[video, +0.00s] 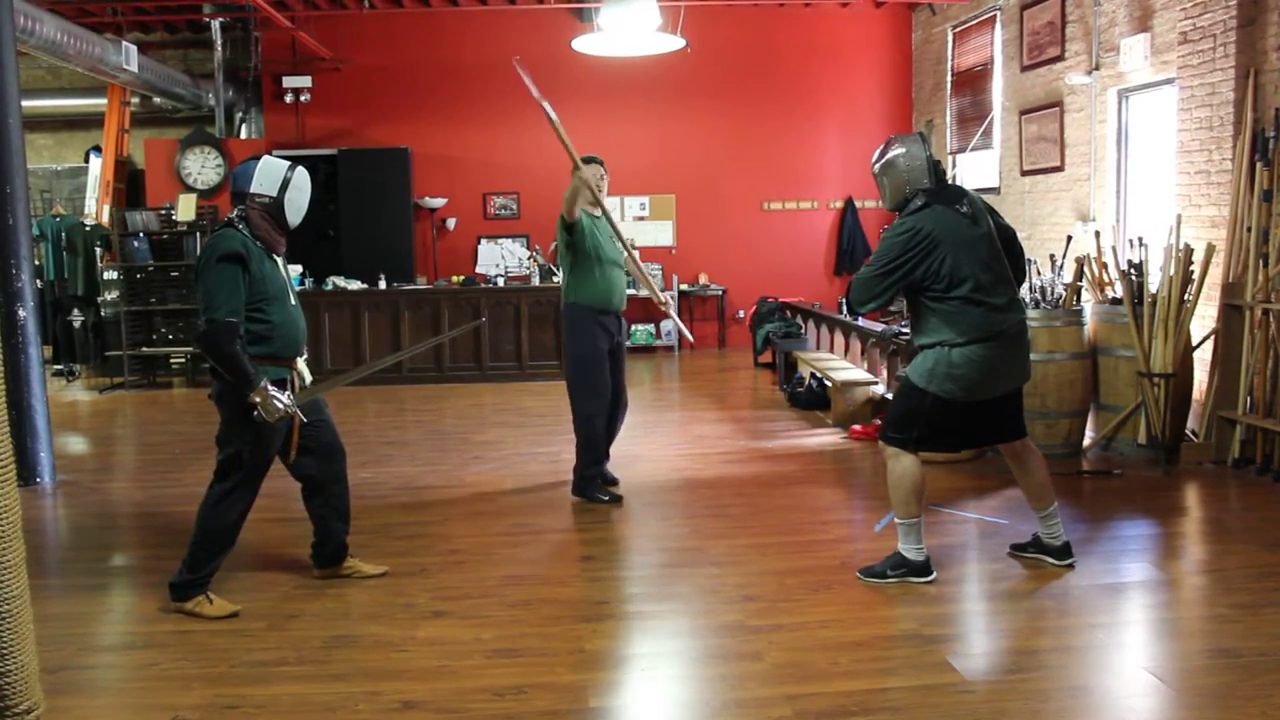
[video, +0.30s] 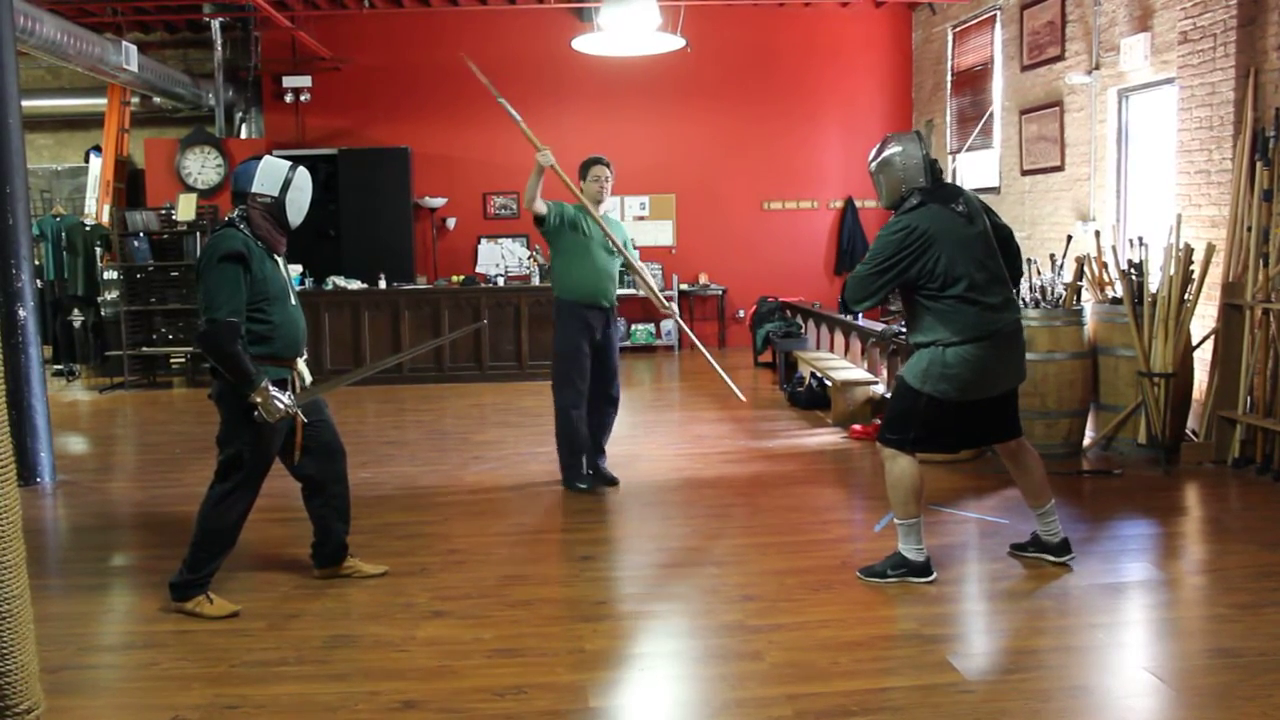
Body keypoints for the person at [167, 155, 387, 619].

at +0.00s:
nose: (296, 210)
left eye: (295, 201)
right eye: (292, 200)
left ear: (259, 195)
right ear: (270, 196)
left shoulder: (263, 244)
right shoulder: (230, 247)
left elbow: (271, 311)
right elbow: (218, 333)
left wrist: (293, 358)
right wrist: (255, 390)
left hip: (286, 377)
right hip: (252, 381)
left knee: (326, 460)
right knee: (235, 484)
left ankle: (332, 556)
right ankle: (189, 588)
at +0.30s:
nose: (296, 211)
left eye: (295, 202)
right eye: (292, 200)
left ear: (259, 195)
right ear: (270, 196)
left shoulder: (263, 244)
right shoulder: (231, 246)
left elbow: (270, 311)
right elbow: (218, 332)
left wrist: (293, 359)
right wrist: (256, 390)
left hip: (285, 378)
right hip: (252, 381)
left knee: (326, 460)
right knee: (236, 483)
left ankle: (332, 556)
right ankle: (190, 588)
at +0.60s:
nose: (300, 213)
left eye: (299, 204)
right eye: (296, 202)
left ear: (265, 197)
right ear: (274, 197)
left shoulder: (266, 244)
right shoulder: (236, 245)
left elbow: (274, 310)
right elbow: (223, 331)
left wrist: (296, 358)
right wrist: (258, 390)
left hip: (287, 378)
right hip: (255, 381)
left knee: (331, 457)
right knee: (238, 481)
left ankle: (333, 555)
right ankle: (190, 587)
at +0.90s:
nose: (321, 211)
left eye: (320, 202)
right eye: (316, 201)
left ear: (288, 199)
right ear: (292, 198)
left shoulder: (291, 245)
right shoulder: (257, 243)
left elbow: (296, 309)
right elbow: (243, 325)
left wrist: (316, 356)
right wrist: (276, 382)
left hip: (307, 376)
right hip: (275, 380)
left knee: (342, 460)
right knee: (254, 479)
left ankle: (336, 554)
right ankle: (197, 580)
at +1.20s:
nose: (336, 209)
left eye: (335, 201)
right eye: (331, 199)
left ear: (305, 197)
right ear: (310, 195)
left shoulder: (306, 242)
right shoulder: (276, 239)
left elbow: (313, 308)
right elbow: (266, 322)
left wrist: (333, 357)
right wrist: (301, 374)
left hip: (323, 366)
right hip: (293, 369)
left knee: (351, 457)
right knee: (295, 469)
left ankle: (337, 554)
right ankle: (246, 581)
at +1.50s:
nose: (333, 209)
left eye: (332, 200)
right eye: (329, 199)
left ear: (289, 196)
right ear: (308, 195)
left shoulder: (270, 240)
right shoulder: (294, 243)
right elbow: (332, 304)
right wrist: (398, 311)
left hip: (306, 371)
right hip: (295, 374)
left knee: (350, 456)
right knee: (307, 469)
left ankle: (338, 554)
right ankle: (241, 579)